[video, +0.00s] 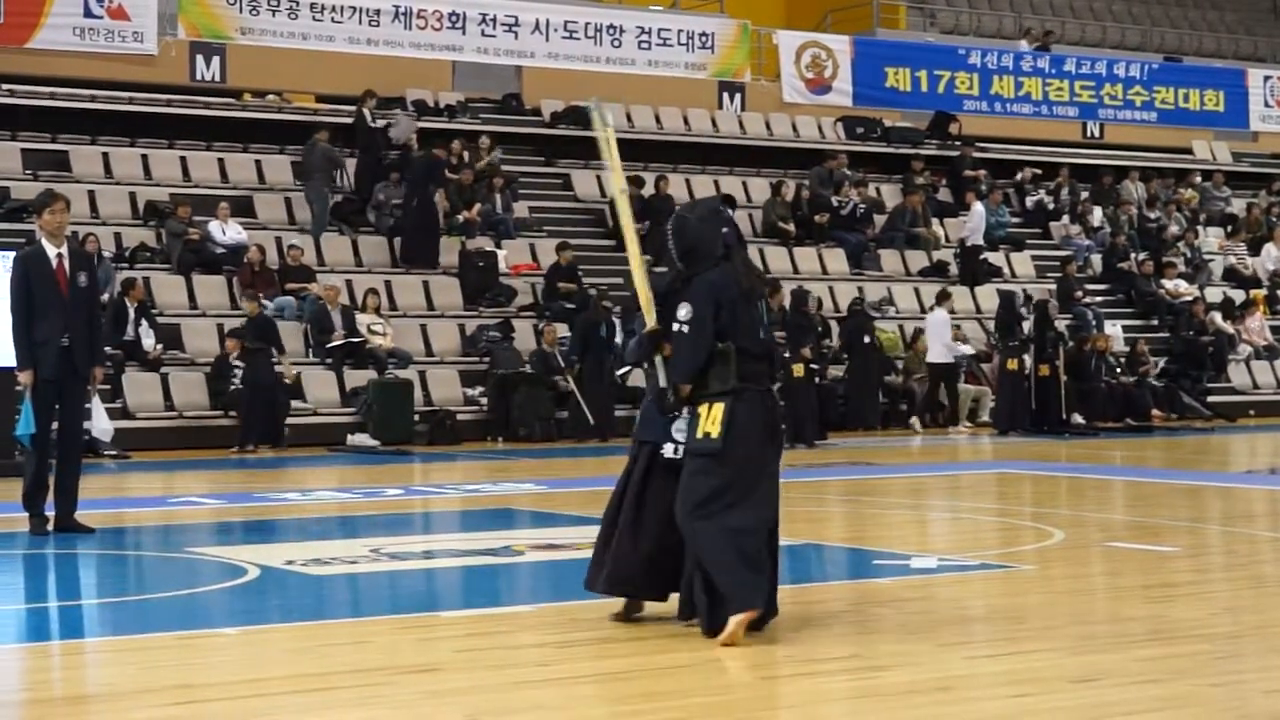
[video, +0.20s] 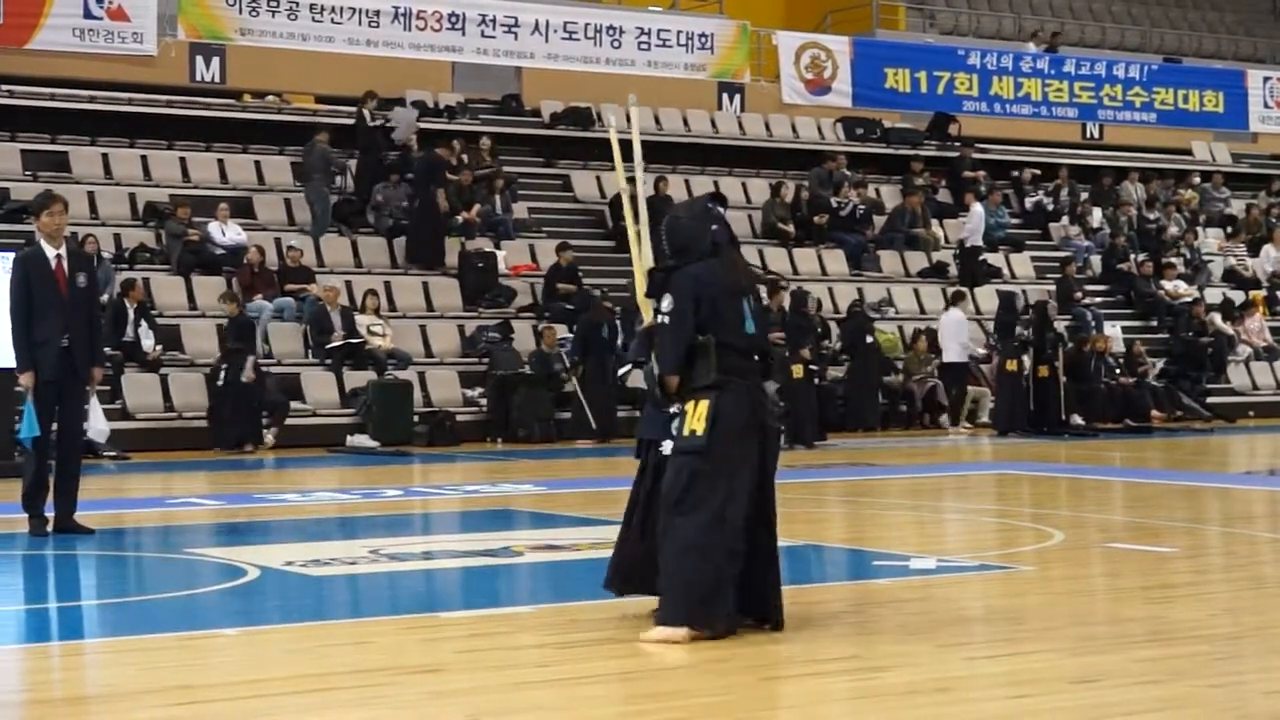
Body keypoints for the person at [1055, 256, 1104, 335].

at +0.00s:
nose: (1074, 267)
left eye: (1075, 265)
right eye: (1071, 265)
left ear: (1076, 266)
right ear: (1066, 267)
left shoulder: (1074, 279)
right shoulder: (1064, 280)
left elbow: (1084, 289)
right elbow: (1076, 295)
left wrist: (1081, 293)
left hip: (1079, 303)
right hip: (1069, 305)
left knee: (1098, 313)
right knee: (1086, 314)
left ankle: (1101, 336)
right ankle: (1089, 338)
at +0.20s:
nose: (1074, 269)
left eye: (1074, 266)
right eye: (1071, 266)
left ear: (1075, 267)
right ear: (1066, 268)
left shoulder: (1074, 280)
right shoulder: (1062, 281)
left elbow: (1084, 291)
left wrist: (1080, 294)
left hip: (1079, 304)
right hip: (1068, 306)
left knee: (1098, 314)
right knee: (1085, 314)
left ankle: (1100, 337)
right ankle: (1088, 339)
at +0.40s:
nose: (1074, 269)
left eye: (1074, 266)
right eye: (1071, 266)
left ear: (1076, 267)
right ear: (1066, 268)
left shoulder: (1074, 280)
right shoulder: (1063, 281)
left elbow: (1084, 290)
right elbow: (1076, 296)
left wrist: (1080, 294)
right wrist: (1083, 292)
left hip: (1079, 304)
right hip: (1068, 306)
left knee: (1098, 314)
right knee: (1085, 315)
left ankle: (1100, 338)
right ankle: (1088, 339)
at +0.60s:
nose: (1073, 269)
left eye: (1074, 266)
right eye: (1071, 266)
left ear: (1075, 267)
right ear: (1065, 268)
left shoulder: (1074, 280)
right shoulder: (1062, 281)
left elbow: (1085, 292)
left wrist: (1080, 294)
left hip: (1079, 304)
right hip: (1068, 306)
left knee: (1098, 314)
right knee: (1085, 315)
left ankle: (1100, 337)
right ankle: (1089, 339)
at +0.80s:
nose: (1074, 269)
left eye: (1074, 266)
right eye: (1071, 266)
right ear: (1065, 268)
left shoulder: (1074, 280)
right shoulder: (1062, 281)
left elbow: (1085, 292)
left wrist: (1080, 294)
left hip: (1079, 304)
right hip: (1068, 306)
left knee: (1098, 314)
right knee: (1085, 315)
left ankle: (1100, 337)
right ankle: (1089, 339)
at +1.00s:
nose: (1074, 269)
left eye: (1074, 267)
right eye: (1072, 267)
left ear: (1076, 268)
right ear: (1065, 268)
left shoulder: (1074, 280)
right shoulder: (1062, 282)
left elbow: (1085, 292)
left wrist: (1081, 295)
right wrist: (1084, 292)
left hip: (1079, 304)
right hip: (1068, 306)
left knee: (1098, 315)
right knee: (1086, 315)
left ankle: (1101, 338)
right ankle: (1089, 339)